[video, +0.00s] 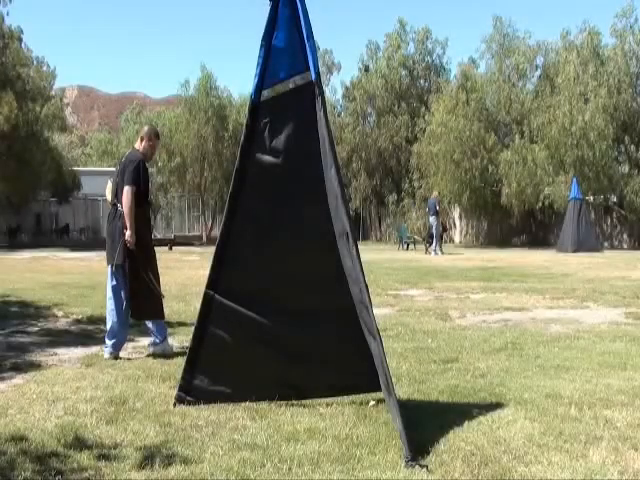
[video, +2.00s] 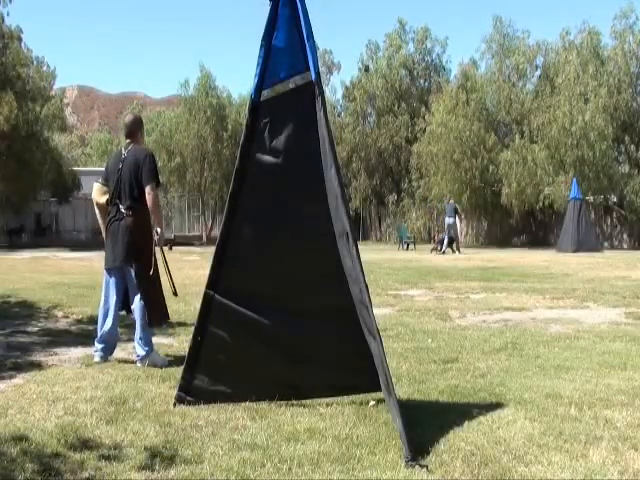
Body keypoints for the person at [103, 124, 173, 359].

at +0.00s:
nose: (156, 152)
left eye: (157, 147)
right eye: (155, 146)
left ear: (142, 140)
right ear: (146, 141)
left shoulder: (126, 160)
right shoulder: (136, 161)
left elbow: (111, 194)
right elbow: (127, 196)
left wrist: (123, 222)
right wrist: (130, 228)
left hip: (118, 236)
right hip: (135, 236)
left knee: (117, 291)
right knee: (148, 286)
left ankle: (112, 345)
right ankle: (160, 340)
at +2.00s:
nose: (143, 134)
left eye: (140, 131)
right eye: (143, 131)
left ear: (123, 133)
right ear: (140, 132)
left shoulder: (113, 160)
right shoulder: (144, 156)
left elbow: (98, 198)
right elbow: (150, 194)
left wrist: (105, 230)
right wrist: (158, 227)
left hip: (114, 231)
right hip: (137, 231)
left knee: (110, 293)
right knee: (141, 292)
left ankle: (102, 348)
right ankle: (144, 350)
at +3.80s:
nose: (140, 140)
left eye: (138, 136)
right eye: (139, 136)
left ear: (120, 138)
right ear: (135, 137)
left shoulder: (110, 160)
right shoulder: (134, 156)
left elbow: (101, 194)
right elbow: (148, 181)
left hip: (106, 223)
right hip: (124, 225)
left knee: (107, 288)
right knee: (132, 288)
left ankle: (96, 346)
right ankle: (144, 351)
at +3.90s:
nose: (140, 138)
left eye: (138, 135)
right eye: (139, 134)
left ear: (119, 138)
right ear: (134, 136)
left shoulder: (112, 160)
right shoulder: (128, 152)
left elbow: (110, 200)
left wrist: (140, 214)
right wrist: (167, 149)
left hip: (100, 236)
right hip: (119, 237)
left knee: (104, 292)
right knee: (138, 289)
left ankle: (95, 347)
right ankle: (143, 350)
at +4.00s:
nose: (144, 140)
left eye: (143, 137)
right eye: (142, 136)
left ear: (123, 138)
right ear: (135, 138)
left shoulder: (110, 163)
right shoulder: (129, 156)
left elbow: (94, 186)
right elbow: (143, 136)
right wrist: (163, 119)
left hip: (98, 238)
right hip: (118, 238)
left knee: (100, 296)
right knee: (133, 292)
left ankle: (95, 347)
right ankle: (130, 349)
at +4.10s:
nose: (144, 151)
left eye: (141, 148)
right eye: (143, 148)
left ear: (123, 148)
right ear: (139, 149)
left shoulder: (112, 164)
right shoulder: (141, 168)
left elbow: (90, 184)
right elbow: (167, 181)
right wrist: (177, 156)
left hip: (92, 224)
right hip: (111, 229)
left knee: (94, 285)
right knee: (122, 284)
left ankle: (94, 346)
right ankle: (126, 350)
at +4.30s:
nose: (140, 158)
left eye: (138, 154)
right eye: (139, 154)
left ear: (119, 154)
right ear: (133, 155)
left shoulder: (102, 168)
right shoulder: (135, 182)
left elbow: (75, 193)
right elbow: (137, 224)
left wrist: (88, 219)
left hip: (90, 230)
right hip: (112, 236)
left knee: (95, 289)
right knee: (127, 290)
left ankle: (89, 346)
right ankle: (127, 351)